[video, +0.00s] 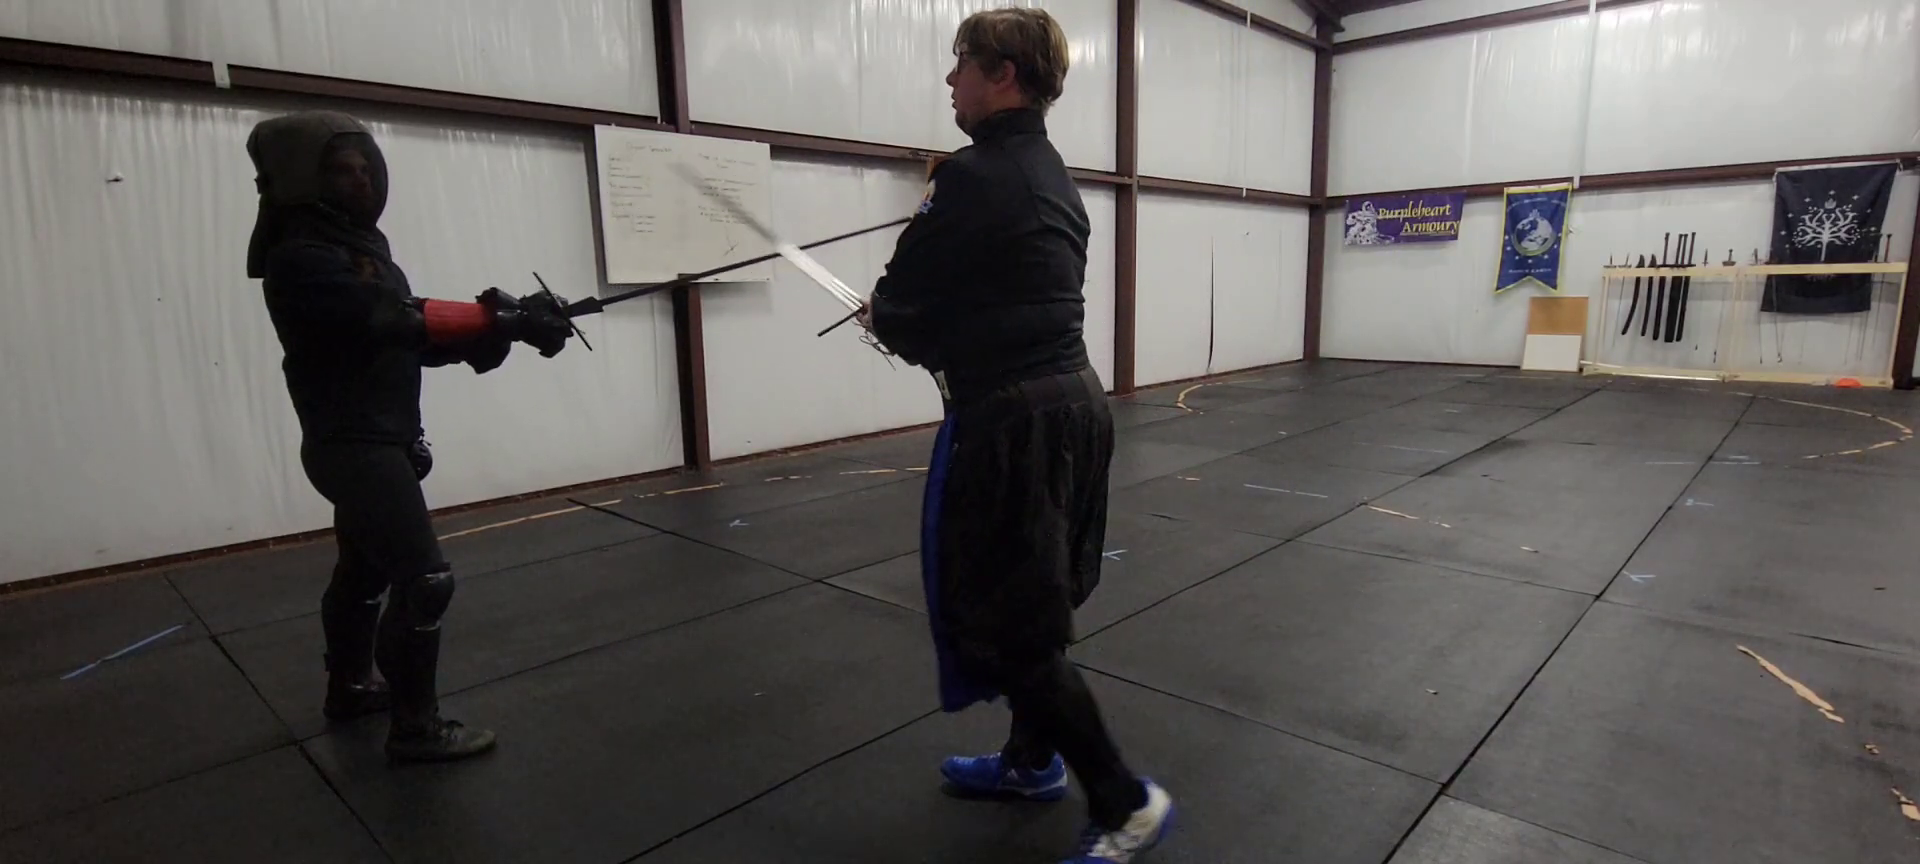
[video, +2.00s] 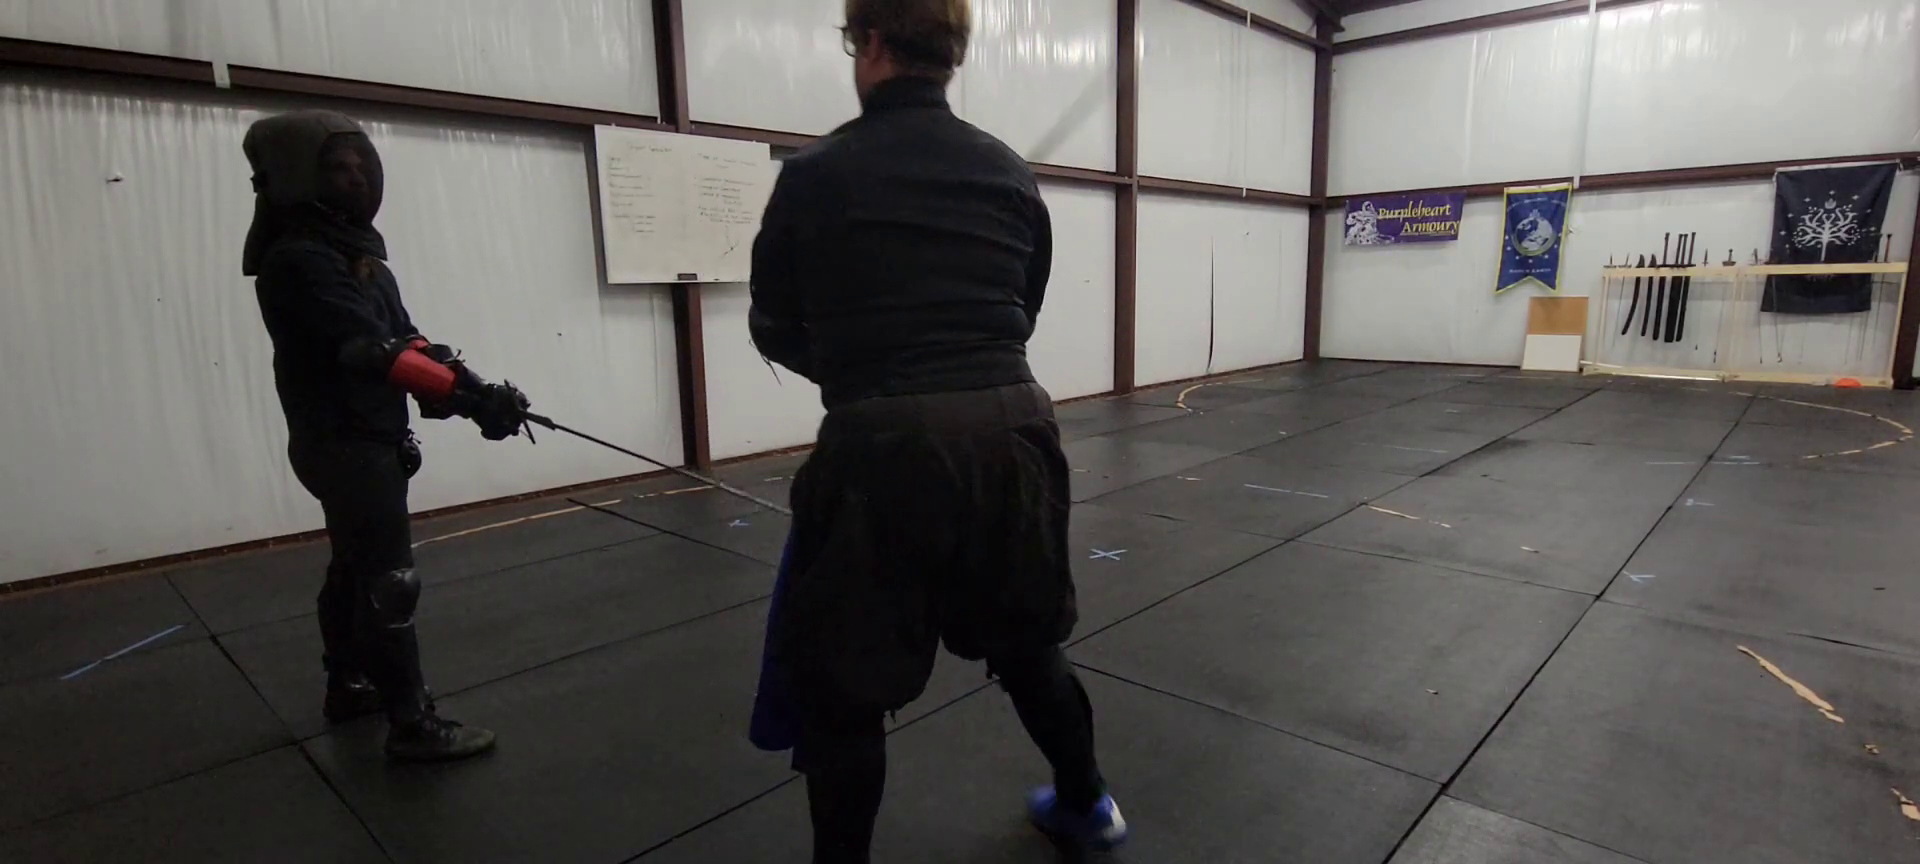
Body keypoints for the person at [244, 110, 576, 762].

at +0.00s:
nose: (359, 183)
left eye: (368, 170)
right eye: (342, 171)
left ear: (381, 177)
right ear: (311, 181)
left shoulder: (362, 249)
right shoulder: (302, 256)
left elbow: (406, 335)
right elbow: (386, 319)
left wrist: (488, 333)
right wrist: (502, 318)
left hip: (383, 442)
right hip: (354, 448)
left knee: (362, 574)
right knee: (423, 582)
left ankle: (350, 690)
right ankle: (415, 728)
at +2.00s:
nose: (362, 180)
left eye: (366, 167)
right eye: (345, 168)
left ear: (372, 174)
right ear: (307, 178)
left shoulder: (354, 247)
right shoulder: (297, 257)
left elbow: (397, 335)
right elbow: (360, 347)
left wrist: (461, 380)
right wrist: (468, 396)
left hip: (371, 439)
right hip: (341, 445)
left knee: (356, 569)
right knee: (390, 581)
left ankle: (349, 688)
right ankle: (411, 722)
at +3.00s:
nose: (355, 182)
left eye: (360, 170)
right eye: (339, 170)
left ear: (365, 180)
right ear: (304, 181)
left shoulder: (353, 248)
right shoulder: (286, 255)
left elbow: (393, 329)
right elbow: (349, 336)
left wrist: (459, 353)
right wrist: (464, 346)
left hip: (380, 436)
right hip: (341, 442)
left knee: (359, 568)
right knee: (392, 581)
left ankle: (349, 687)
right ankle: (411, 724)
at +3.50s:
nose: (355, 181)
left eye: (361, 169)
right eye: (339, 169)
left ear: (371, 179)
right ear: (308, 179)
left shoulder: (350, 245)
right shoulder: (292, 254)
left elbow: (393, 328)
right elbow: (364, 334)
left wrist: (466, 349)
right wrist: (478, 345)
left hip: (376, 439)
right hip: (343, 444)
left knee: (359, 569)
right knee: (392, 582)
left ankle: (349, 688)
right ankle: (411, 723)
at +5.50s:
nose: (448, 202)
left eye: (448, 187)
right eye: (440, 188)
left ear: (365, 190)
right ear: (411, 192)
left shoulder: (331, 264)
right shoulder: (399, 268)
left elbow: (333, 370)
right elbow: (447, 366)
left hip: (349, 443)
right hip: (393, 449)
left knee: (373, 571)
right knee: (462, 579)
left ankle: (350, 688)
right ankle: (442, 722)